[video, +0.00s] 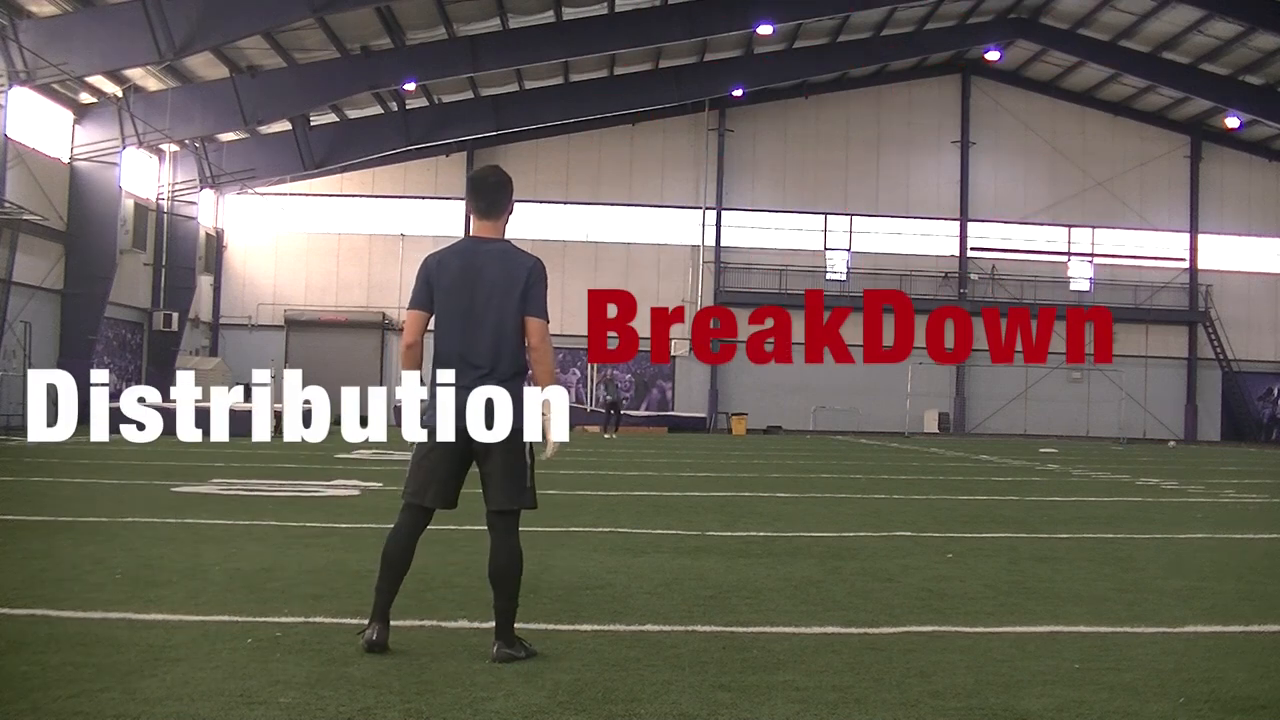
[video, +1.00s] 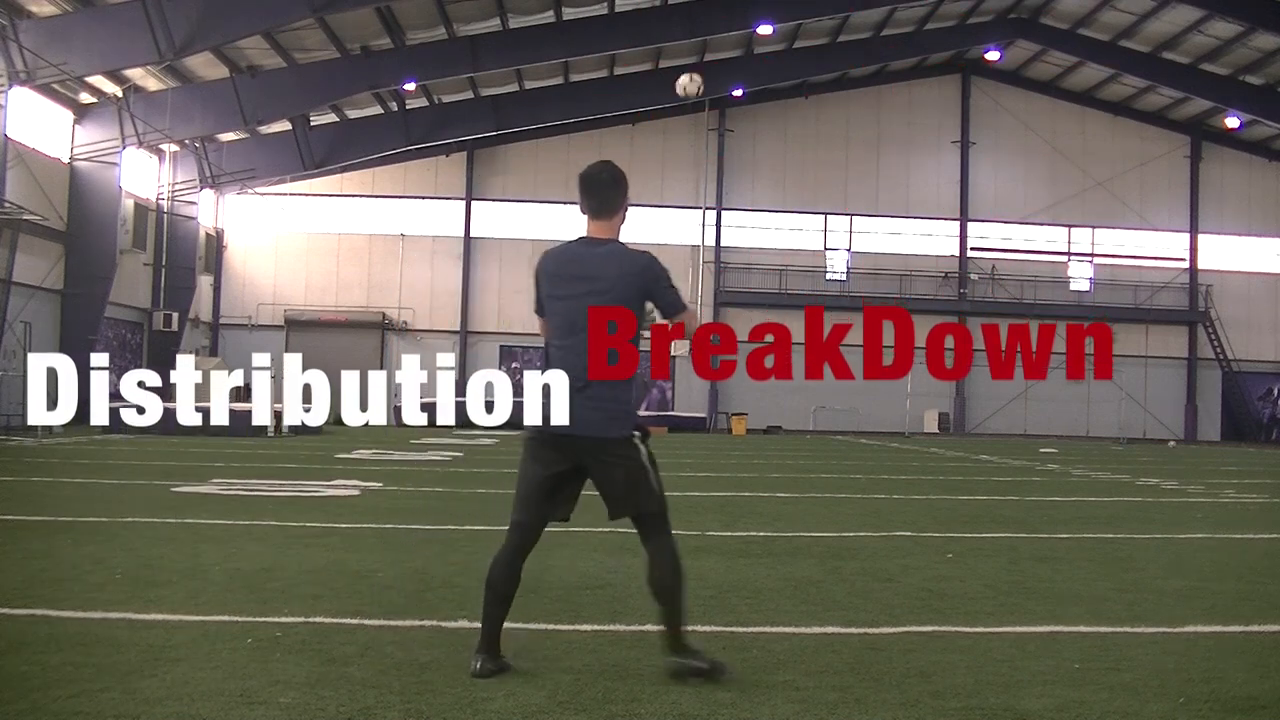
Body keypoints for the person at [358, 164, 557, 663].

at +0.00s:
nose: (507, 211)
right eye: (512, 204)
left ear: (467, 206)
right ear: (512, 207)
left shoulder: (436, 263)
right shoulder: (528, 267)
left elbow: (412, 339)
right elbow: (536, 342)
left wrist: (412, 395)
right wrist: (552, 412)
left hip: (443, 411)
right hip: (502, 414)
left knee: (412, 515)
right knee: (504, 527)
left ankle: (377, 623)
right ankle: (505, 638)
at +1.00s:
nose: (621, 209)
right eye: (624, 201)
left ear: (580, 204)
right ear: (626, 204)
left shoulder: (551, 262)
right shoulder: (641, 266)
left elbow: (547, 330)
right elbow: (685, 326)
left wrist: (606, 324)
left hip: (550, 426)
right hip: (614, 430)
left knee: (519, 536)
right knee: (657, 535)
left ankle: (487, 651)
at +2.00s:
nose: (649, 197)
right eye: (650, 189)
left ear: (602, 195)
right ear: (650, 192)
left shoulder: (578, 266)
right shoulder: (676, 260)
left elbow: (552, 342)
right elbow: (691, 341)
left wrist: (592, 342)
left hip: (606, 432)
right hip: (667, 433)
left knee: (593, 534)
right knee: (700, 544)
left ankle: (518, 637)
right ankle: (722, 668)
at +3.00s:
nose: (397, 189)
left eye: (395, 179)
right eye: (396, 179)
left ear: (345, 176)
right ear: (388, 176)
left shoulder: (308, 238)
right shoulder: (374, 237)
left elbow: (277, 319)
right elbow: (377, 327)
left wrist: (300, 376)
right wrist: (393, 386)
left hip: (294, 412)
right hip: (334, 416)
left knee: (316, 542)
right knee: (323, 541)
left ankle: (224, 633)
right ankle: (325, 674)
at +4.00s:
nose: (246, 323)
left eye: (248, 313)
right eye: (247, 313)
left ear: (198, 300)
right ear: (237, 308)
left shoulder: (154, 323)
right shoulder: (221, 343)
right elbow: (211, 431)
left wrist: (111, 530)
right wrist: (229, 534)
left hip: (14, 427)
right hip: (81, 436)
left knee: (89, 544)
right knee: (160, 555)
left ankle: (71, 686)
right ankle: (160, 703)